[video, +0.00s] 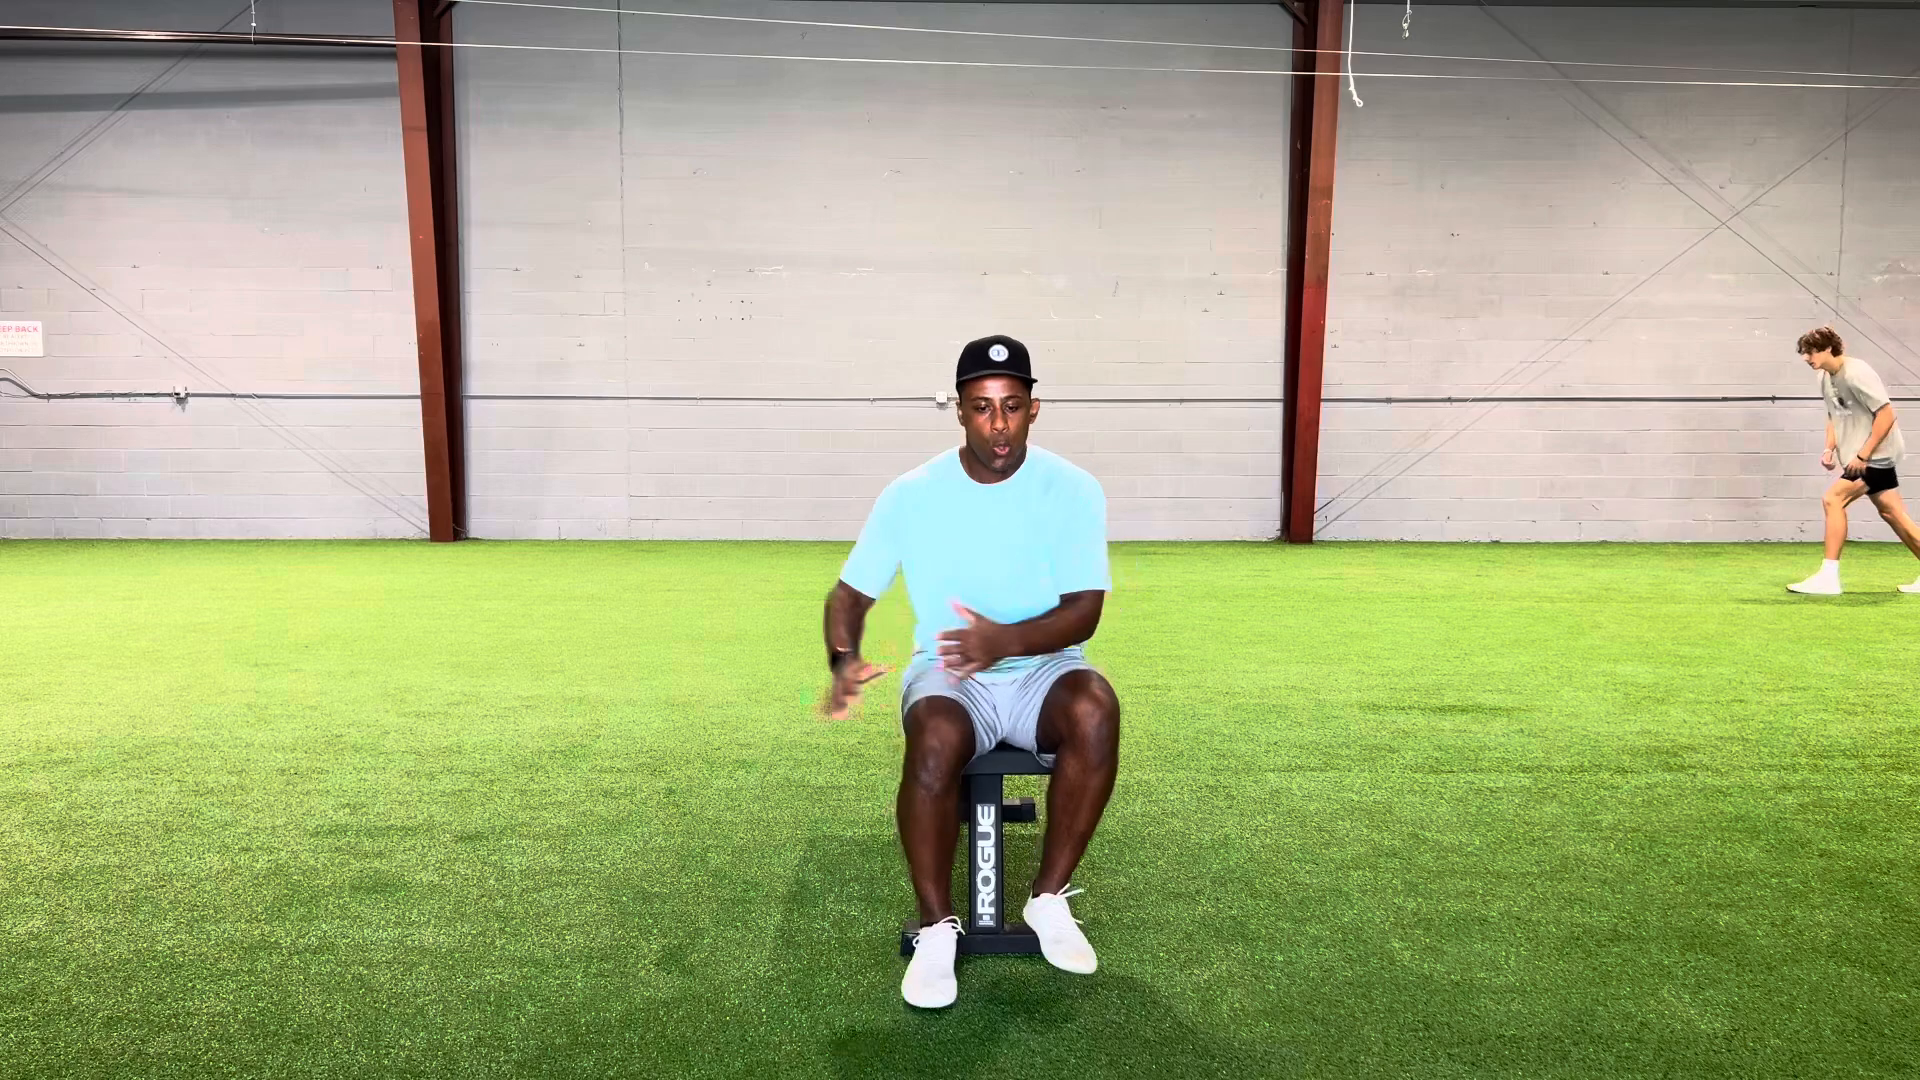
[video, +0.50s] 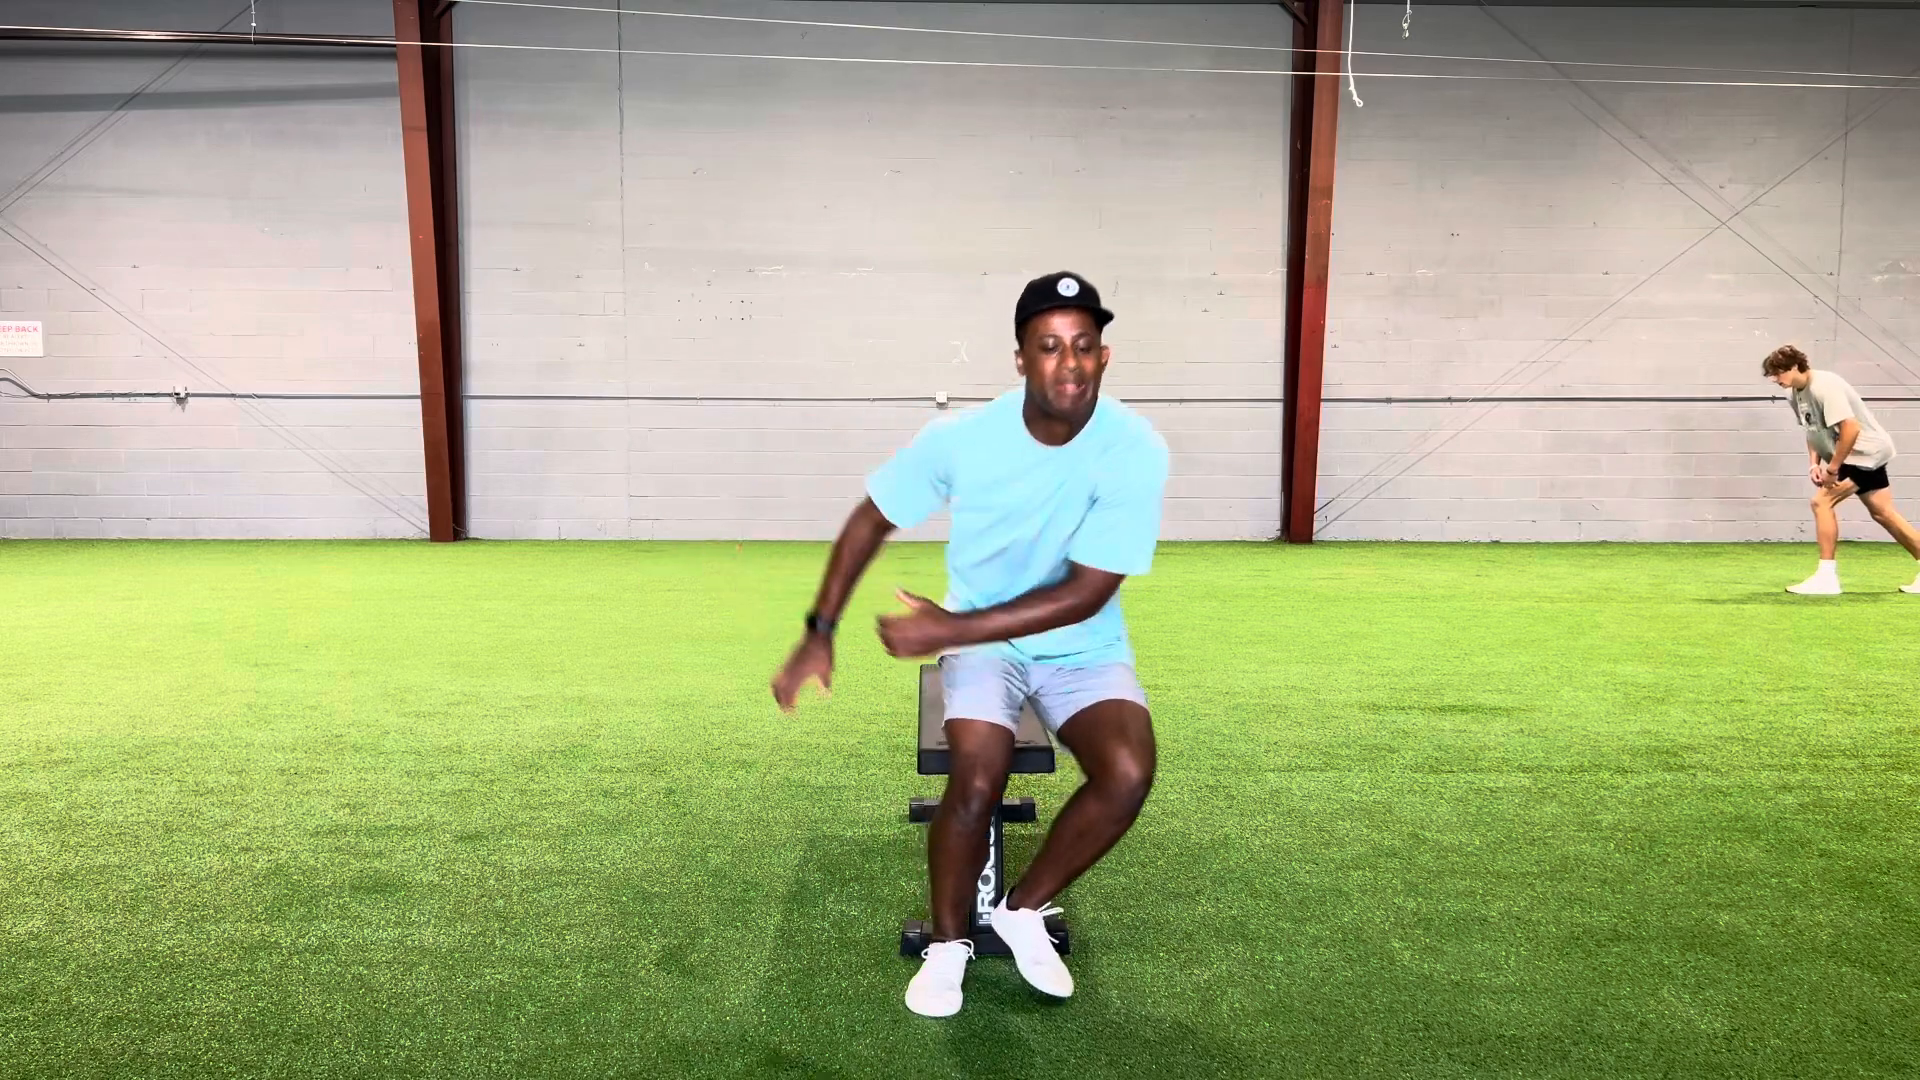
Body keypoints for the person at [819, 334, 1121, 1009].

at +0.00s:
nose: (998, 426)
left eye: (1012, 408)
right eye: (982, 409)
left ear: (1033, 410)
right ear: (959, 412)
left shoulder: (1074, 492)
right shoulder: (909, 497)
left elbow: (1084, 614)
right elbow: (848, 596)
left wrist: (1009, 639)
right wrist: (844, 656)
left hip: (1042, 673)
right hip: (946, 675)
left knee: (1095, 707)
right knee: (935, 741)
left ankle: (1050, 896)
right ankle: (935, 926)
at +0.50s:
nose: (1071, 365)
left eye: (1085, 346)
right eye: (1050, 347)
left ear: (1104, 356)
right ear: (1021, 359)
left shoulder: (1134, 451)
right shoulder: (962, 440)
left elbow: (1087, 593)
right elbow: (871, 518)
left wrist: (954, 627)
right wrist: (819, 631)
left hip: (1083, 641)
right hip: (982, 637)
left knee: (1127, 773)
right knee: (976, 778)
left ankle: (1022, 909)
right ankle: (948, 944)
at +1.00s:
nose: (1466, 194)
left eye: (1472, 178)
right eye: (1445, 178)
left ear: (1478, 187)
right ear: (1395, 191)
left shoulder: (1508, 272)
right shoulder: (1351, 279)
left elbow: (1580, 363)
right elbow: (1353, 414)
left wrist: (1668, 412)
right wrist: (1503, 395)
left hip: (1472, 540)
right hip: (1354, 533)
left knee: (1560, 717)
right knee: (1265, 702)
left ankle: (1624, 901)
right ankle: (1204, 794)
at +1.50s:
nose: (1743, 290)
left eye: (1749, 271)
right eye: (1721, 272)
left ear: (1756, 277)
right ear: (1667, 283)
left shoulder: (1737, 367)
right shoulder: (1602, 380)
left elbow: (1700, 429)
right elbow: (1570, 524)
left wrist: (1753, 423)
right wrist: (1694, 562)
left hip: (1629, 575)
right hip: (1529, 568)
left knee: (1681, 750)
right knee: (1569, 752)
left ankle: (1640, 922)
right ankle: (1478, 800)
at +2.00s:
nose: (1572, 245)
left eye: (1592, 227)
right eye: (1560, 226)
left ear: (1639, 228)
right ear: (1546, 226)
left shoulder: (1694, 340)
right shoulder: (1490, 324)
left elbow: (1741, 467)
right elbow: (1404, 430)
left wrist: (1779, 578)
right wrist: (1369, 548)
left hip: (1601, 581)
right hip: (1475, 561)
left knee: (1644, 745)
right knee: (1409, 721)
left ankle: (1640, 922)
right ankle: (1363, 897)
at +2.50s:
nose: (1234, 221)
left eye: (1252, 201)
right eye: (1227, 202)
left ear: (1308, 199)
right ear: (1224, 203)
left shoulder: (1382, 297)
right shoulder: (1201, 307)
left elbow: (1429, 428)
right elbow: (1168, 423)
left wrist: (1450, 563)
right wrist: (1126, 528)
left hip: (1347, 562)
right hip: (1237, 561)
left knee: (1356, 751)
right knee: (1220, 735)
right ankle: (1235, 927)